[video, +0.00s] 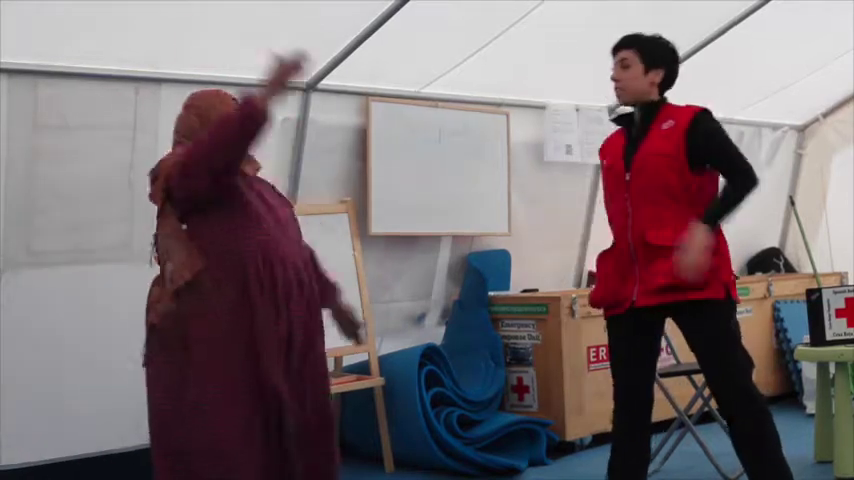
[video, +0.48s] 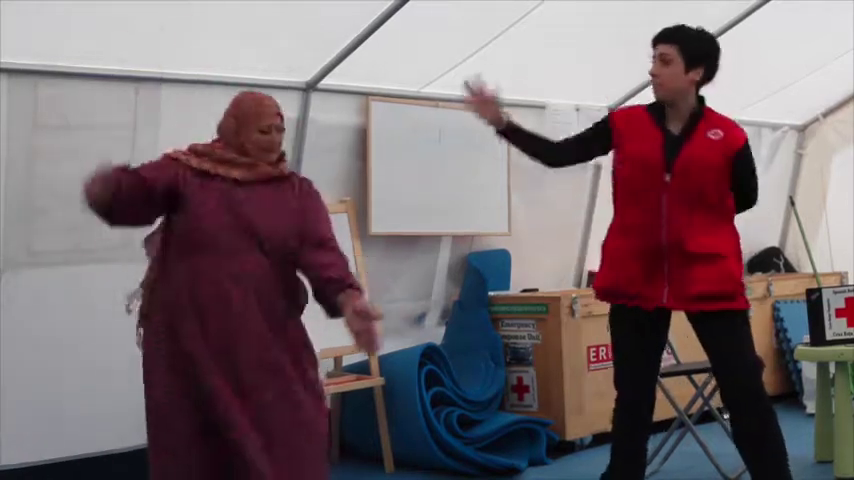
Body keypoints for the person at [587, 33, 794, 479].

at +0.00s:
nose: (614, 75)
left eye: (624, 67)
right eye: (614, 67)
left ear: (657, 75)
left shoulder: (692, 123)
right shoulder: (613, 145)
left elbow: (744, 177)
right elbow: (629, 216)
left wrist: (706, 225)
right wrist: (613, 259)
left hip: (695, 280)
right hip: (628, 287)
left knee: (736, 396)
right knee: (630, 409)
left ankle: (772, 476)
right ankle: (625, 479)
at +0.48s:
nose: (652, 70)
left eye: (664, 62)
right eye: (653, 61)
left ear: (697, 74)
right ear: (653, 68)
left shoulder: (728, 136)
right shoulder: (624, 124)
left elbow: (745, 198)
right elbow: (556, 153)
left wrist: (692, 217)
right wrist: (501, 122)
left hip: (709, 279)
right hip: (636, 279)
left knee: (747, 395)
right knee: (633, 402)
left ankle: (773, 477)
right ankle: (623, 478)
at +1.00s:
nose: (738, 245)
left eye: (750, 240)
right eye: (737, 233)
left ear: (782, 242)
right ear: (740, 226)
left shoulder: (799, 239)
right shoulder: (698, 251)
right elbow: (721, 350)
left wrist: (701, 211)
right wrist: (758, 426)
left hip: (742, 302)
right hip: (668, 297)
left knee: (765, 389)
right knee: (650, 387)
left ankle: (782, 470)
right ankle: (626, 472)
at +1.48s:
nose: (723, 273)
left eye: (737, 271)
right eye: (722, 259)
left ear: (769, 268)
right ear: (720, 243)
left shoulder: (792, 252)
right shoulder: (688, 267)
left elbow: (765, 216)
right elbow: (707, 359)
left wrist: (704, 213)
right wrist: (745, 426)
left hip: (742, 307)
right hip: (666, 302)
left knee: (765, 399)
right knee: (647, 397)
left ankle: (781, 474)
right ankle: (627, 474)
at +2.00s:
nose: (650, 69)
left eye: (662, 60)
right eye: (652, 59)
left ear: (695, 73)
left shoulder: (732, 134)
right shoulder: (633, 126)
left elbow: (750, 203)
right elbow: (579, 155)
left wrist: (694, 219)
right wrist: (546, 133)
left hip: (716, 283)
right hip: (644, 284)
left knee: (752, 402)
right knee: (636, 406)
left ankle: (776, 476)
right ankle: (625, 479)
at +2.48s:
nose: (623, 67)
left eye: (635, 59)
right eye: (626, 59)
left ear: (667, 72)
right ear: (650, 73)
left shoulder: (706, 127)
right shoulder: (617, 136)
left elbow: (763, 189)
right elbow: (612, 206)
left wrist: (774, 252)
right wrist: (617, 253)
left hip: (698, 279)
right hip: (629, 282)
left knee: (740, 397)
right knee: (629, 406)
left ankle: (775, 477)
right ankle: (622, 479)